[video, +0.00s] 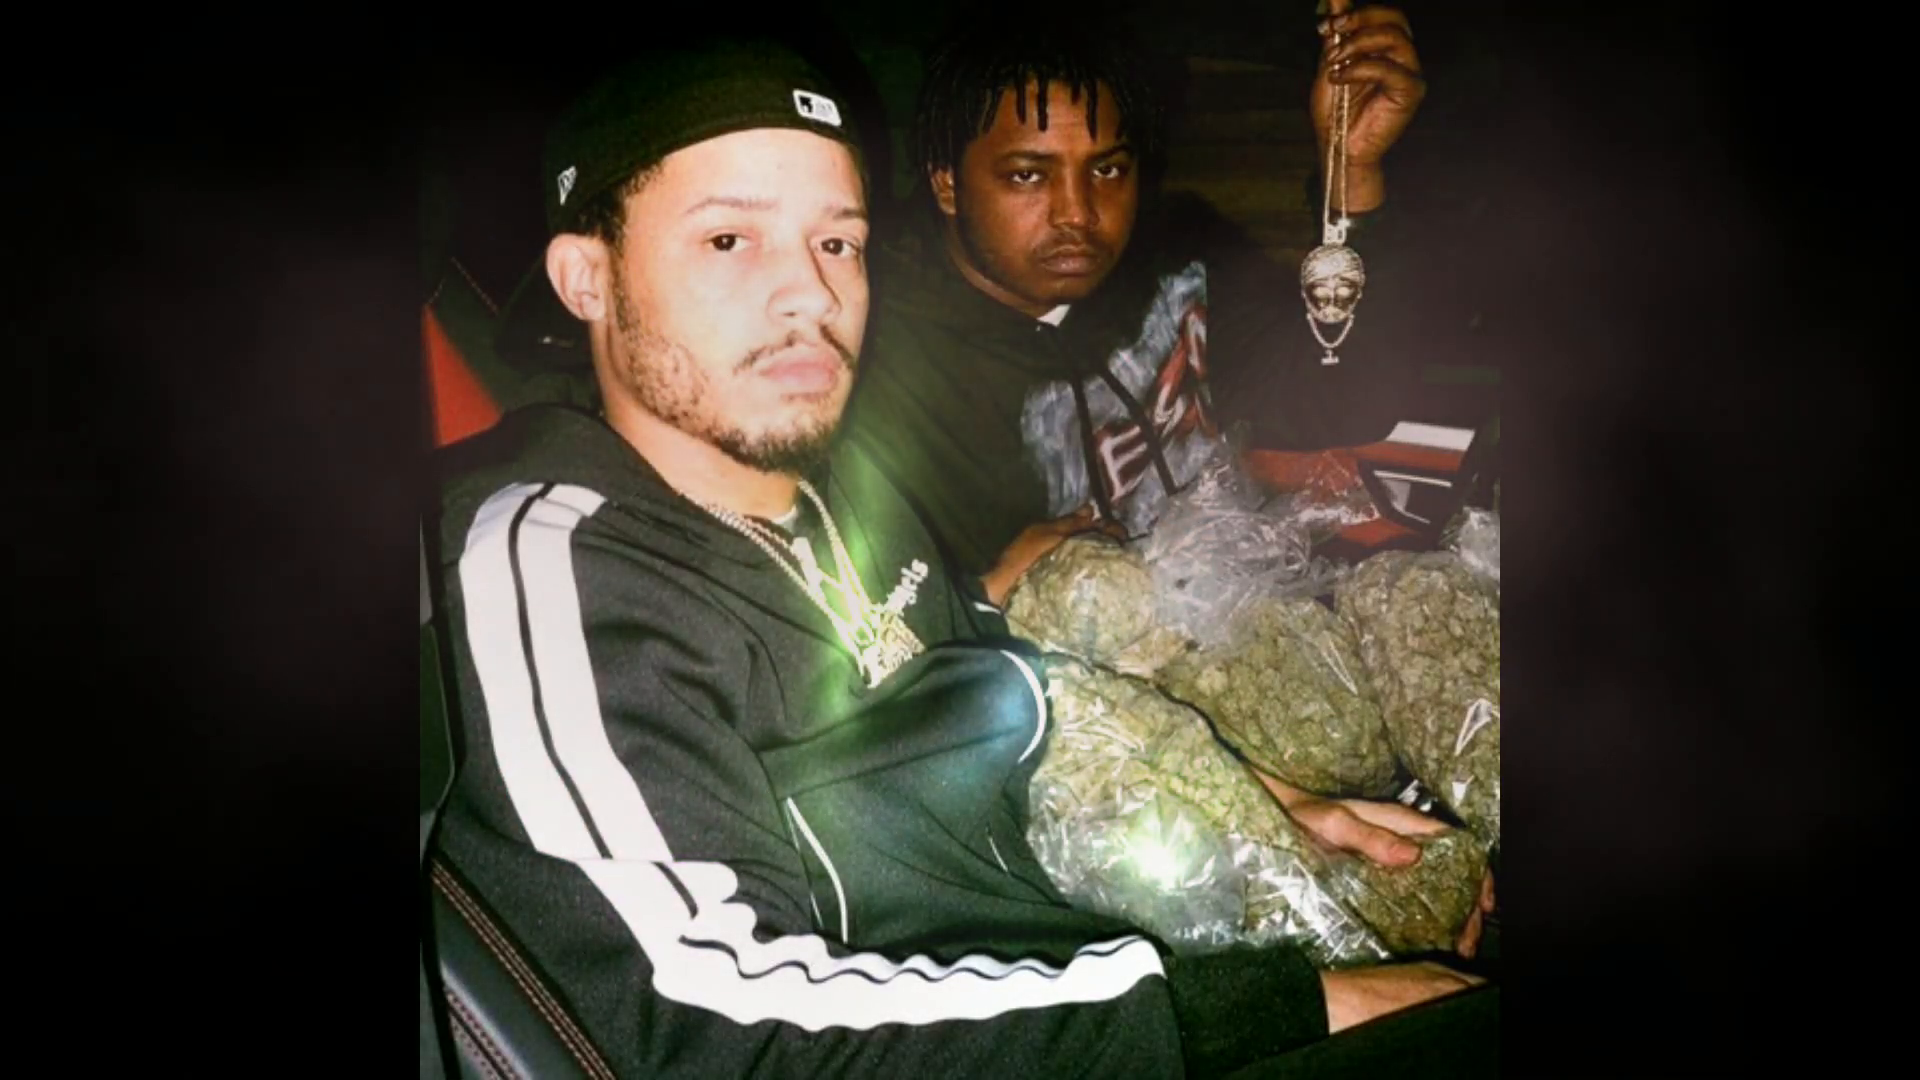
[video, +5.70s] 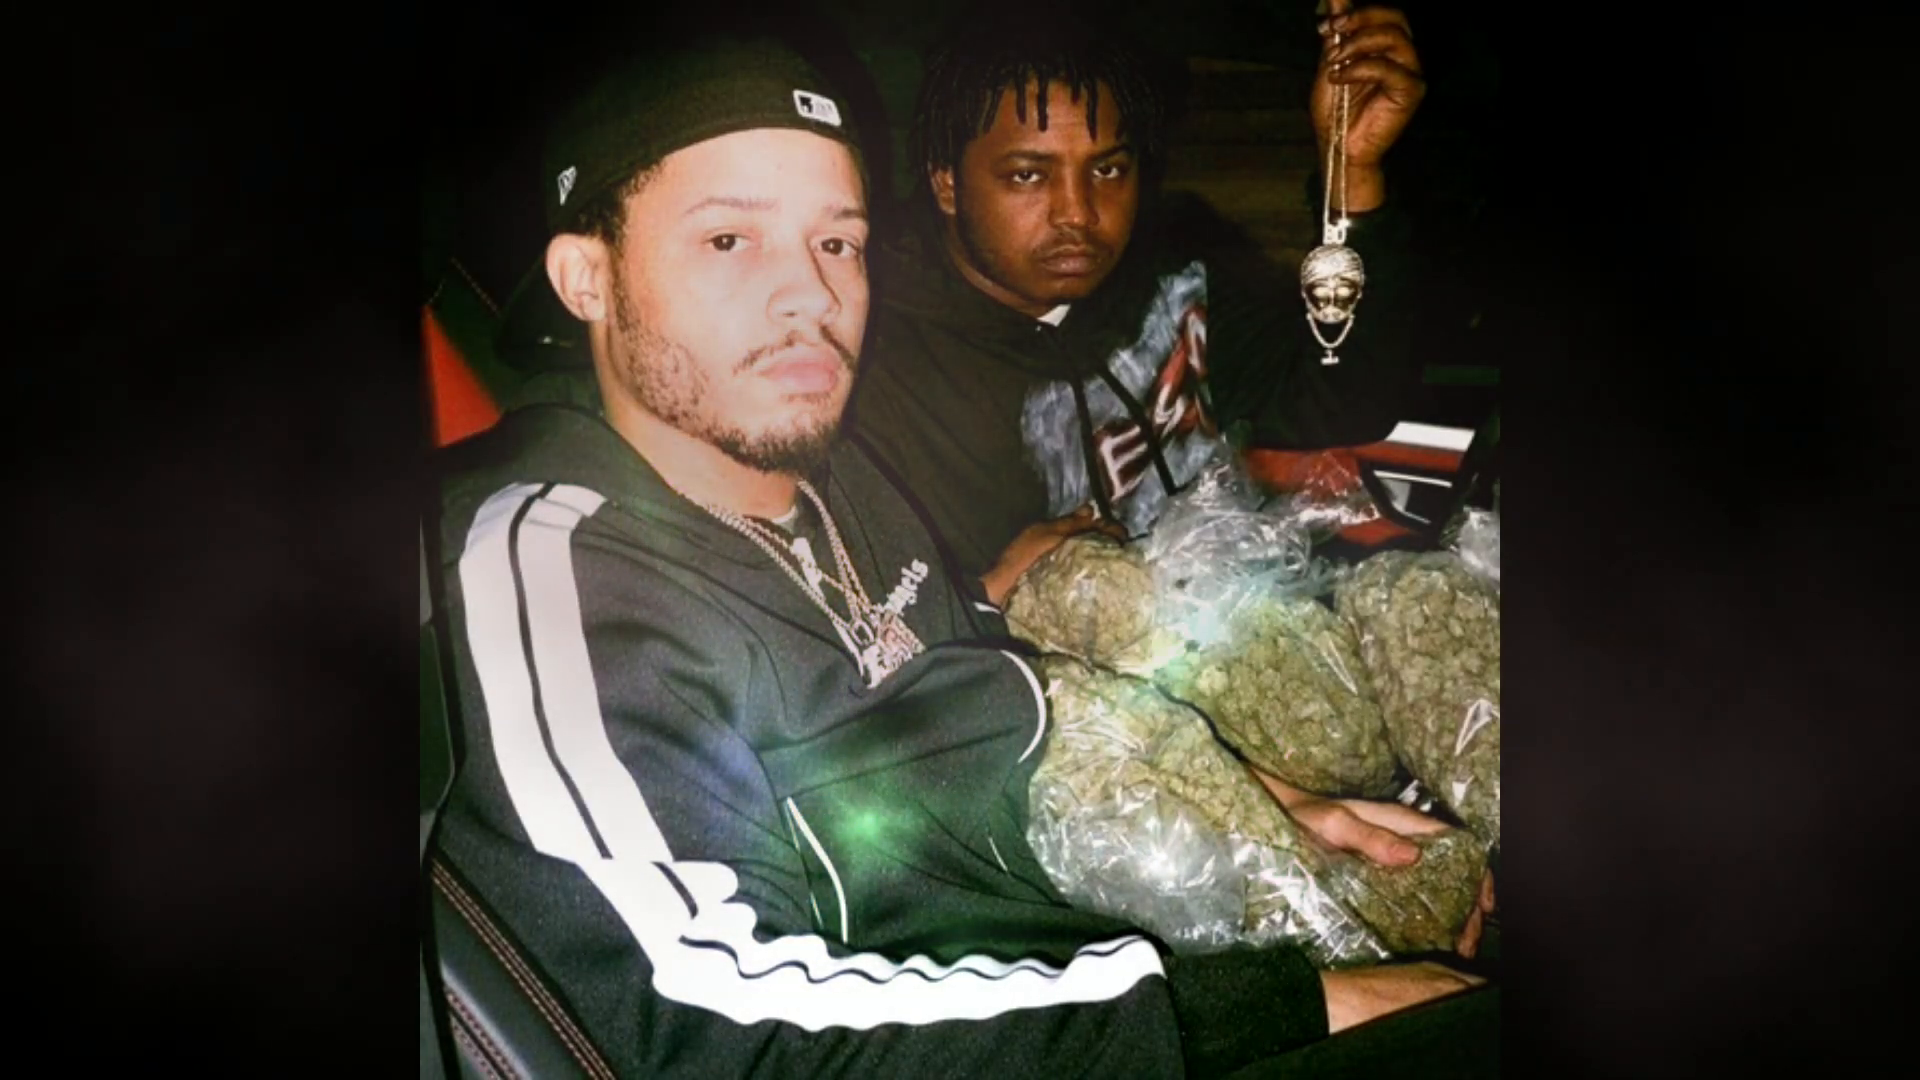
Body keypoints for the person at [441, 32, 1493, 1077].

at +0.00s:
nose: (813, 303)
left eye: (837, 250)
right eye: (731, 243)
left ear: (871, 268)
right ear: (588, 281)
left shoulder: (837, 495)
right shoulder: (536, 551)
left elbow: (1016, 741)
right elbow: (708, 1011)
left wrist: (1270, 825)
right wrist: (1274, 1010)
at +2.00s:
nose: (810, 304)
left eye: (835, 250)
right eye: (729, 245)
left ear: (868, 269)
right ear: (588, 282)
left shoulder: (833, 481)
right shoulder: (534, 557)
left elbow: (1011, 738)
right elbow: (709, 1015)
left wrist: (1269, 821)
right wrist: (1277, 1009)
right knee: (1469, 1004)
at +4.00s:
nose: (810, 304)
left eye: (835, 249)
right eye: (729, 244)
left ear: (866, 267)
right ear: (587, 282)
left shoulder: (831, 484)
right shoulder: (536, 552)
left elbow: (1008, 763)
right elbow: (702, 1017)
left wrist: (1273, 834)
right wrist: (1270, 1004)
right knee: (1477, 1019)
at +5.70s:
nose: (815, 308)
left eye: (837, 249)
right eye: (731, 247)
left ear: (869, 263)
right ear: (588, 281)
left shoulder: (830, 482)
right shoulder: (534, 559)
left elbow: (1009, 750)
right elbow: (701, 1016)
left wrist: (1265, 825)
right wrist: (1270, 1009)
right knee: (1475, 1006)